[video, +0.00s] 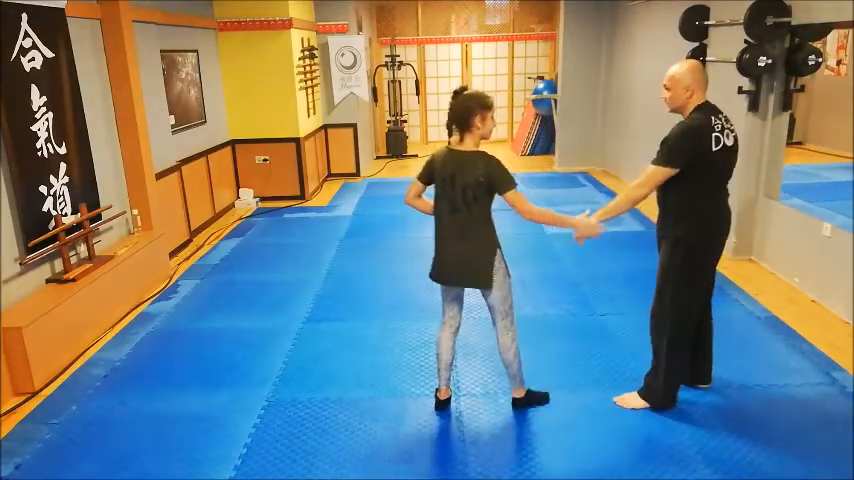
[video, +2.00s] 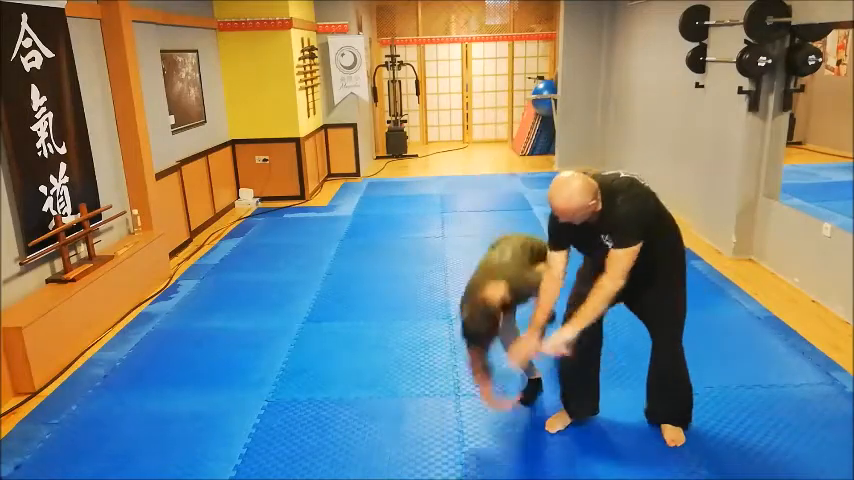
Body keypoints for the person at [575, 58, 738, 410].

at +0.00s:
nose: (663, 94)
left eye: (668, 89)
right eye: (664, 88)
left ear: (690, 91)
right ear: (695, 91)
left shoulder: (687, 132)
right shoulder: (720, 122)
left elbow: (643, 188)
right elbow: (710, 183)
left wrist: (597, 218)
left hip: (687, 232)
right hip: (711, 225)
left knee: (669, 309)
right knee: (696, 300)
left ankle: (658, 393)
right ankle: (697, 372)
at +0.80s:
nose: (664, 110)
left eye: (668, 103)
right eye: (663, 104)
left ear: (691, 98)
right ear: (687, 99)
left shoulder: (708, 136)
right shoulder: (699, 125)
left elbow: (662, 188)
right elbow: (672, 178)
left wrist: (610, 181)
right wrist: (631, 193)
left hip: (703, 242)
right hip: (686, 235)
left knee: (676, 320)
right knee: (691, 309)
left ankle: (666, 405)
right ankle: (696, 373)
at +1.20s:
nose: (652, 128)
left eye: (658, 121)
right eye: (651, 121)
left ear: (684, 116)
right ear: (673, 116)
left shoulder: (717, 148)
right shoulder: (661, 144)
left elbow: (672, 212)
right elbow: (626, 181)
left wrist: (611, 214)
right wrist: (592, 194)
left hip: (707, 253)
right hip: (666, 245)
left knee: (691, 333)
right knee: (647, 309)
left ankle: (673, 414)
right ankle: (680, 366)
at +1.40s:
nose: (640, 143)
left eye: (647, 137)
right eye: (639, 136)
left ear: (676, 133)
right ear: (640, 130)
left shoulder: (710, 157)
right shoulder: (642, 156)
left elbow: (663, 223)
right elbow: (605, 195)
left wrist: (600, 228)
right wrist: (573, 218)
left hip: (701, 261)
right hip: (653, 250)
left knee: (692, 344)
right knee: (615, 311)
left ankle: (673, 419)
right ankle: (623, 380)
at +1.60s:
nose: (616, 166)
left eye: (624, 162)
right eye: (614, 159)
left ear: (651, 155)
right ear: (613, 149)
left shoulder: (685, 170)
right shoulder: (618, 169)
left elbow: (640, 238)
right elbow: (584, 217)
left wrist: (575, 258)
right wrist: (547, 253)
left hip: (688, 266)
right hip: (640, 258)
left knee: (686, 344)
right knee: (606, 319)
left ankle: (672, 418)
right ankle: (574, 399)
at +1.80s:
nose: (582, 197)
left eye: (588, 192)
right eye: (578, 189)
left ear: (614, 182)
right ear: (576, 177)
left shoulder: (648, 192)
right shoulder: (581, 194)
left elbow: (607, 259)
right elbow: (554, 246)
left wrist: (546, 297)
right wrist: (522, 293)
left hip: (670, 265)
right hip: (624, 262)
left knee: (673, 334)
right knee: (591, 310)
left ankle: (671, 417)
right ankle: (578, 406)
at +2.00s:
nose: (562, 222)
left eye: (568, 217)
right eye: (558, 216)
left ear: (594, 206)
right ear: (555, 204)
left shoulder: (628, 206)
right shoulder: (560, 214)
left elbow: (614, 278)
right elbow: (554, 273)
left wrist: (570, 330)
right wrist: (533, 332)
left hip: (655, 261)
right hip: (600, 260)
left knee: (667, 336)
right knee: (575, 326)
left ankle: (670, 416)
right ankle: (577, 407)